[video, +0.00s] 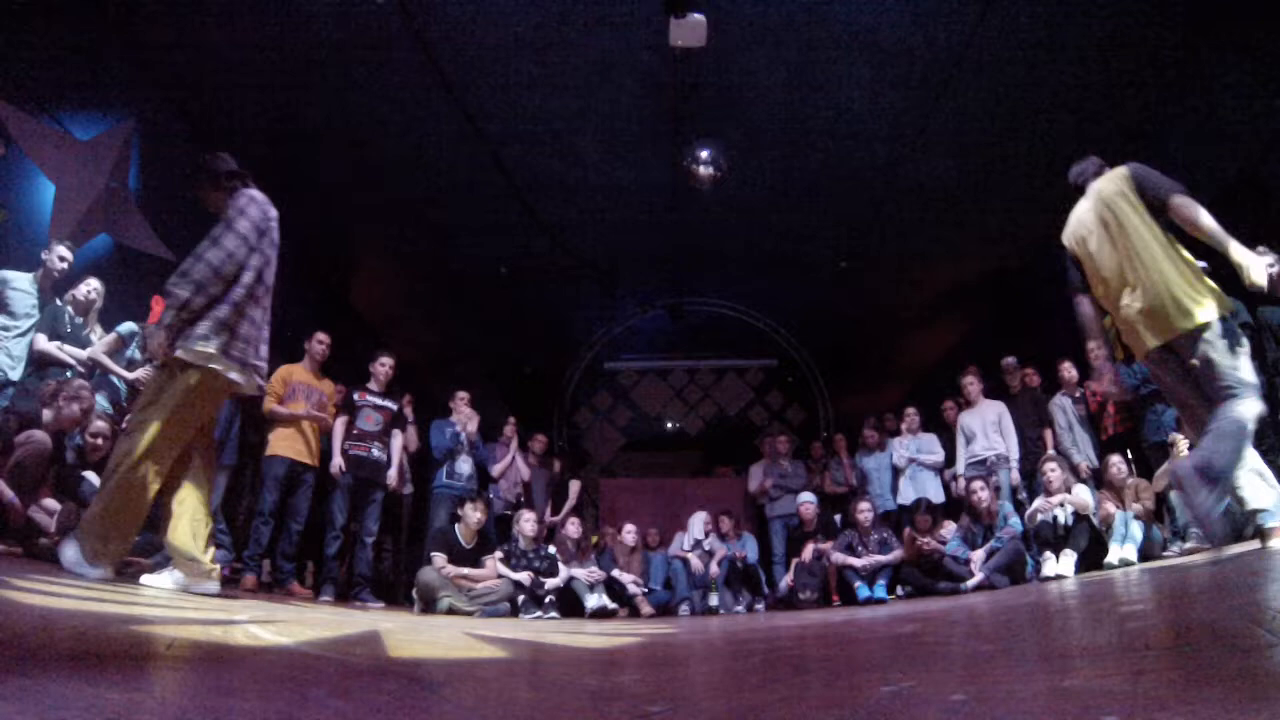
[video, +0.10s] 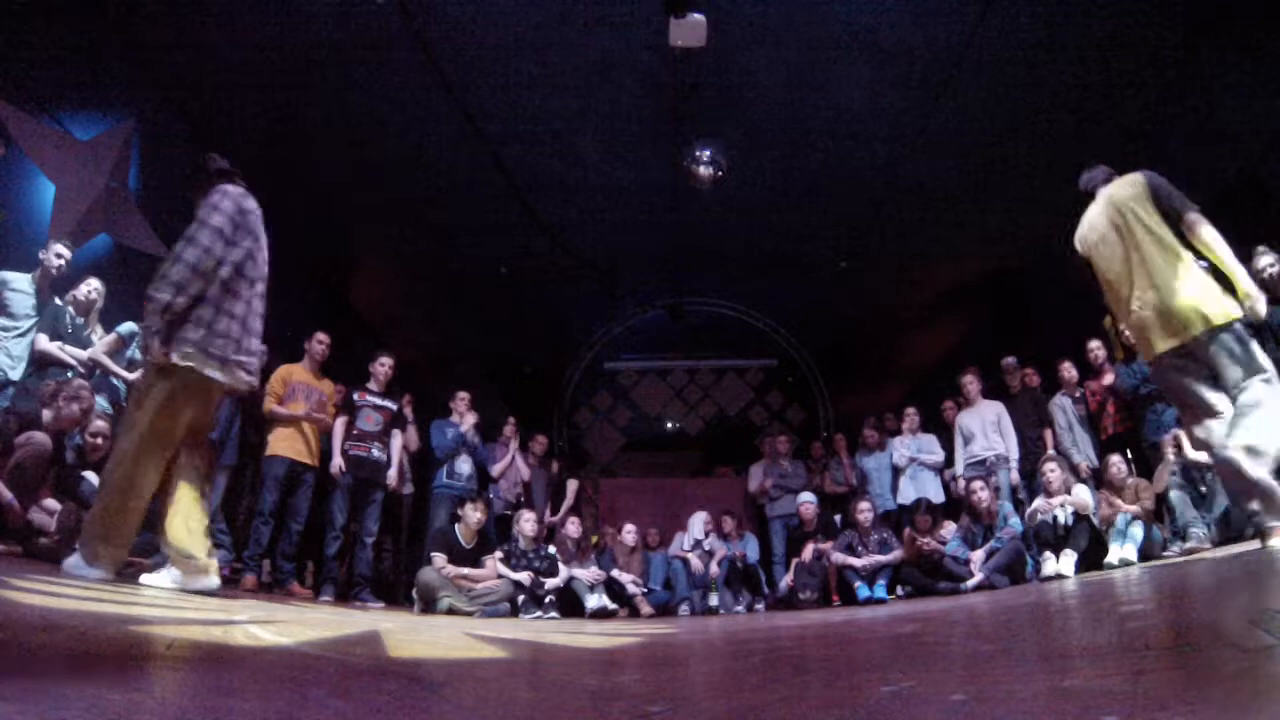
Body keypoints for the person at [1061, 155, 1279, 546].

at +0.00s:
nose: (1107, 171)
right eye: (1105, 168)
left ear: (1075, 190)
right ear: (1104, 169)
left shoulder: (1070, 233)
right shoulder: (1127, 176)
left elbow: (1083, 302)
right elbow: (1184, 210)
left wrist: (1100, 362)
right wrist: (1237, 252)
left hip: (1142, 337)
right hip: (1187, 305)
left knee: (1207, 423)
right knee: (1243, 396)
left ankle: (1267, 511)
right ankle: (1201, 472)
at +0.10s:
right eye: (1110, 175)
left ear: (1087, 196)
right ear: (1112, 175)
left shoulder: (1081, 235)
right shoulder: (1140, 182)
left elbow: (1108, 294)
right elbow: (1197, 228)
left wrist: (1126, 331)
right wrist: (1245, 286)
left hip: (1149, 331)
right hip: (1195, 301)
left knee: (1210, 421)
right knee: (1257, 381)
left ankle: (1266, 517)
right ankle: (1247, 454)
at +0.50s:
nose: (1115, 225)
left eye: (1113, 221)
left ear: (1115, 217)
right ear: (1144, 204)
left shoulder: (1113, 250)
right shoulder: (1181, 215)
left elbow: (1123, 310)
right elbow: (1228, 260)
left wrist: (1152, 327)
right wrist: (1242, 317)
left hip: (1175, 342)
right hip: (1222, 329)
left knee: (1220, 432)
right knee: (1256, 424)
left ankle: (1265, 513)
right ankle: (1273, 507)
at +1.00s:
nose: (1107, 268)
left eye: (1104, 262)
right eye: (1104, 264)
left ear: (1107, 249)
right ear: (1123, 241)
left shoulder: (1119, 257)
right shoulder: (1163, 257)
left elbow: (1141, 291)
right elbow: (1205, 308)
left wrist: (1147, 353)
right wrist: (1228, 351)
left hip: (1182, 361)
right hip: (1214, 354)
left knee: (1189, 451)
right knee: (1244, 440)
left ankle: (1208, 531)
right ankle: (1272, 516)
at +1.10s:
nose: (1096, 269)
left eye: (1093, 264)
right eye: (1093, 265)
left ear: (1098, 253)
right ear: (1115, 245)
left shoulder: (1114, 264)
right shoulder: (1151, 262)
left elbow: (1140, 301)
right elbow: (1189, 313)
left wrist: (1145, 364)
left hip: (1176, 368)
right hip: (1204, 361)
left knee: (1185, 455)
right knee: (1234, 443)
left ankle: (1198, 536)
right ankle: (1273, 513)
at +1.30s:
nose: (1077, 277)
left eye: (1074, 270)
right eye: (1073, 272)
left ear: (1083, 258)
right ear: (1092, 254)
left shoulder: (1104, 271)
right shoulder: (1127, 270)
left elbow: (1130, 313)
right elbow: (1157, 324)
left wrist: (1128, 370)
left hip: (1158, 372)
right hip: (1173, 369)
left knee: (1172, 455)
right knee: (1182, 451)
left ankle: (1198, 535)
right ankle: (1246, 492)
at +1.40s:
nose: (1069, 277)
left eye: (1068, 269)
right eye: (1065, 272)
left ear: (1081, 257)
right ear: (1083, 257)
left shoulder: (1102, 274)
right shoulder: (1117, 273)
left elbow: (1126, 318)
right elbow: (1143, 326)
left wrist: (1122, 373)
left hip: (1150, 374)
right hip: (1158, 373)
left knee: (1164, 453)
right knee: (1168, 452)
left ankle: (1197, 534)